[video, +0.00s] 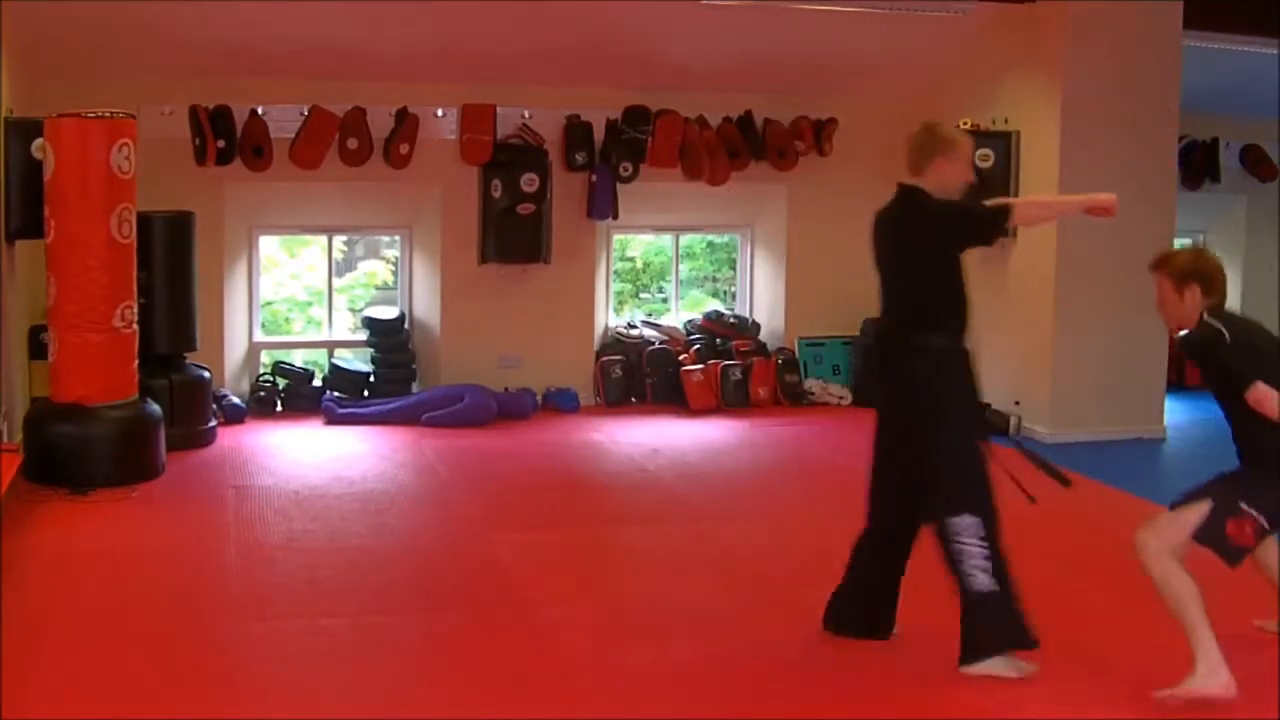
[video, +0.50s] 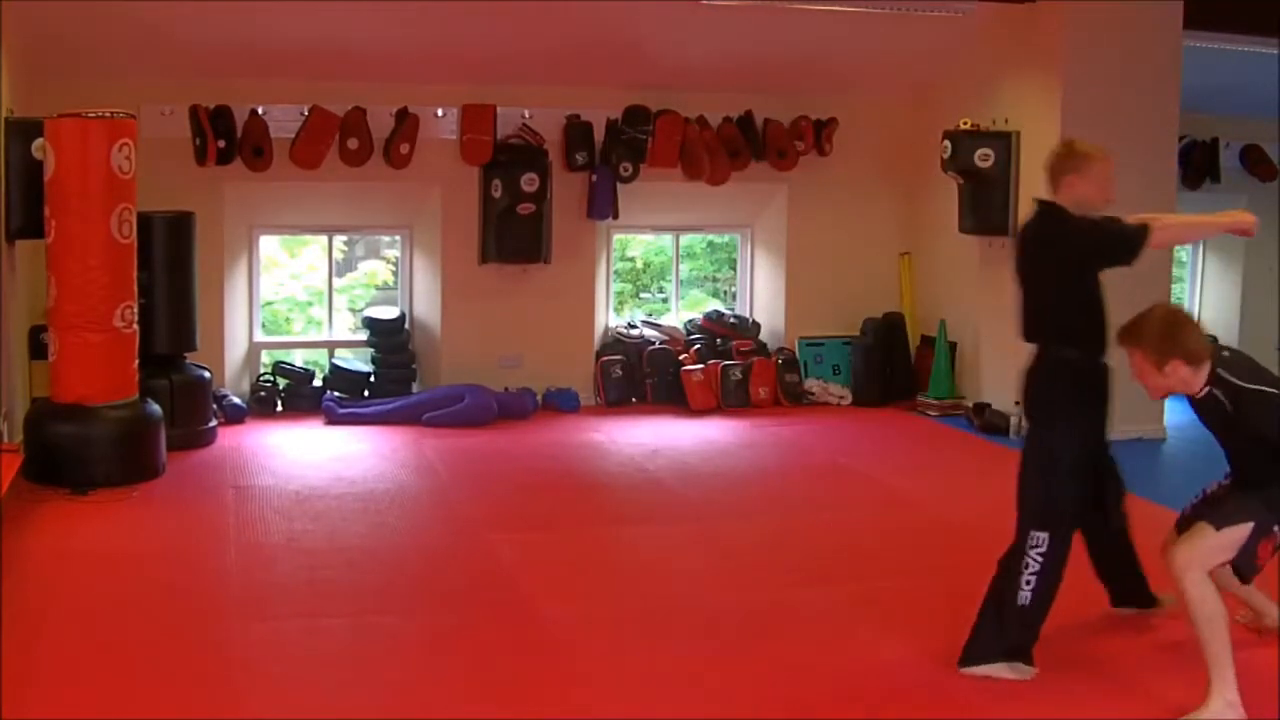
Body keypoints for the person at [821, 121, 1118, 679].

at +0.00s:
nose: (971, 175)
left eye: (970, 165)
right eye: (965, 163)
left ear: (924, 164)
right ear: (937, 164)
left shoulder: (896, 215)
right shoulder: (925, 217)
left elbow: (976, 221)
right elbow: (1008, 214)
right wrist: (1084, 204)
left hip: (902, 376)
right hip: (933, 376)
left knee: (898, 497)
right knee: (963, 504)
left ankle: (856, 611)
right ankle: (988, 642)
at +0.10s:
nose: (998, 187)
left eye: (998, 177)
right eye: (994, 175)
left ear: (950, 174)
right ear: (968, 173)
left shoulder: (915, 224)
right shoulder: (955, 226)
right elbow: (1027, 228)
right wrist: (1102, 214)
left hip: (929, 375)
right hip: (964, 376)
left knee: (953, 501)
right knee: (1007, 507)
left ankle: (889, 591)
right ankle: (995, 649)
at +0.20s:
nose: (1018, 183)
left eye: (1017, 172)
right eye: (1013, 172)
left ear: (969, 172)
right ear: (990, 171)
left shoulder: (942, 220)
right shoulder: (972, 221)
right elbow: (1046, 230)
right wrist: (1121, 218)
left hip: (961, 371)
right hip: (986, 373)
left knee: (994, 495)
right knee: (1017, 506)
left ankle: (940, 583)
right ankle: (994, 647)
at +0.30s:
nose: (1044, 180)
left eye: (1044, 171)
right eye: (1040, 170)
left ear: (997, 165)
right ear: (1017, 167)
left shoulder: (977, 211)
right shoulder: (1000, 217)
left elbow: (1062, 216)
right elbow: (1077, 226)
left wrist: (1139, 210)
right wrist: (1147, 216)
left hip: (997, 366)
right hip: (1007, 371)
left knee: (1037, 493)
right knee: (1026, 504)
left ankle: (1020, 600)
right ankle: (991, 648)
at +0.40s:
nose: (1074, 183)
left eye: (1073, 172)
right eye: (1068, 172)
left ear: (1031, 170)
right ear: (1044, 172)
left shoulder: (1019, 217)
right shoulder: (1030, 223)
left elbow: (1099, 221)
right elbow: (1109, 228)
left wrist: (1174, 212)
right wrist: (1179, 217)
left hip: (1033, 374)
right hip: (1031, 379)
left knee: (1068, 491)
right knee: (1035, 513)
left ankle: (1093, 593)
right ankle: (991, 649)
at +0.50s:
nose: (1108, 189)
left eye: (1107, 179)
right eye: (1101, 178)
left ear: (1066, 181)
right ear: (1072, 181)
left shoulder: (1048, 225)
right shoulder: (1063, 232)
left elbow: (1134, 226)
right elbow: (1145, 236)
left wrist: (1212, 221)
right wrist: (1221, 224)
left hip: (1066, 377)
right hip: (1065, 381)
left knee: (1099, 492)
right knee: (1048, 516)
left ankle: (1130, 592)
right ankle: (993, 649)